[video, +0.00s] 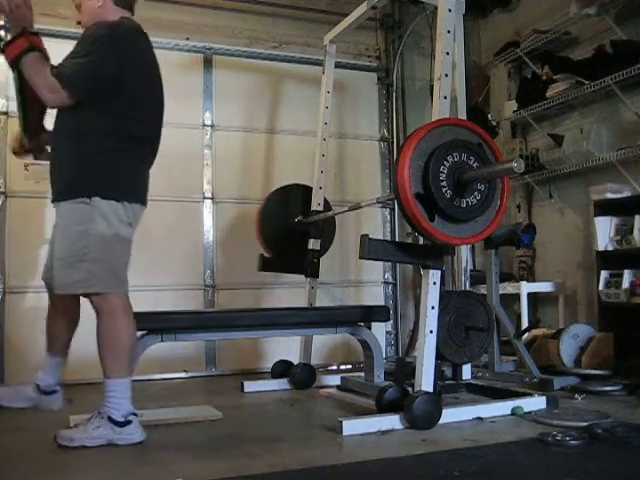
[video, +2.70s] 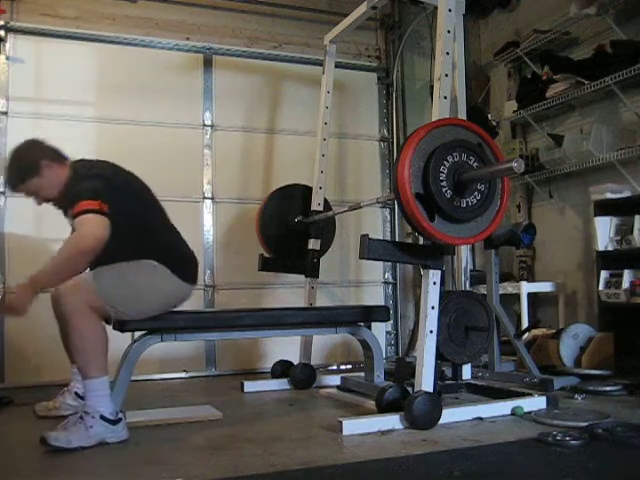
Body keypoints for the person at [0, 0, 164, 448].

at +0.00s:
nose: (76, 11)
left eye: (79, 4)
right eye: (76, 5)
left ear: (101, 1)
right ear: (118, 5)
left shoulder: (113, 36)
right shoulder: (117, 43)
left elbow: (53, 91)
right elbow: (100, 133)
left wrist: (21, 34)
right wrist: (43, 143)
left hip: (102, 189)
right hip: (84, 189)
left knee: (106, 293)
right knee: (63, 285)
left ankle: (119, 416)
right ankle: (47, 386)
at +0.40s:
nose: (59, 42)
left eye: (62, 33)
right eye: (58, 35)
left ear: (86, 29)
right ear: (91, 31)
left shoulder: (94, 67)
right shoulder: (96, 69)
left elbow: (41, 116)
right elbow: (58, 122)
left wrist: (11, 98)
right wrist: (24, 94)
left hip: (87, 202)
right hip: (80, 201)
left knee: (87, 296)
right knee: (75, 296)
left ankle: (119, 414)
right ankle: (89, 395)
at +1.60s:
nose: (7, 80)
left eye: (7, 70)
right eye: (4, 73)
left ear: (29, 57)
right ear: (35, 59)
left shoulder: (61, 80)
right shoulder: (62, 86)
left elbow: (14, 108)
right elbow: (13, 150)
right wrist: (17, 121)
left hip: (124, 201)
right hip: (118, 202)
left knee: (90, 297)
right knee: (87, 296)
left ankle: (104, 415)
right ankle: (88, 394)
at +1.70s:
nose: (1, 91)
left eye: (1, 81)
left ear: (19, 71)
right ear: (25, 71)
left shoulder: (52, 89)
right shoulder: (52, 95)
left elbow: (12, 122)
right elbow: (14, 154)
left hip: (131, 202)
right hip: (111, 205)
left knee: (96, 295)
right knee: (80, 295)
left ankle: (107, 415)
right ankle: (86, 400)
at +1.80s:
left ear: (10, 88)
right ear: (12, 89)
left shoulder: (43, 103)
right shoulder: (29, 124)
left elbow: (40, 142)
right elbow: (10, 175)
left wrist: (24, 217)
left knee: (101, 293)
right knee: (77, 294)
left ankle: (107, 414)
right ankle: (85, 397)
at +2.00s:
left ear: (4, 141)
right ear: (6, 141)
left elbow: (52, 178)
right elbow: (28, 219)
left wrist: (51, 255)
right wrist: (29, 268)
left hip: (143, 208)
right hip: (119, 215)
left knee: (92, 294)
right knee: (73, 293)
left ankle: (106, 415)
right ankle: (84, 395)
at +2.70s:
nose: (40, 201)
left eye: (36, 192)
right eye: (33, 197)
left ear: (48, 167)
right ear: (49, 166)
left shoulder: (88, 181)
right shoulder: (80, 181)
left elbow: (91, 238)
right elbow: (85, 241)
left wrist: (31, 287)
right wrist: (32, 285)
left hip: (165, 271)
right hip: (148, 269)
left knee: (75, 297)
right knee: (64, 295)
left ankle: (103, 416)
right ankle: (83, 393)